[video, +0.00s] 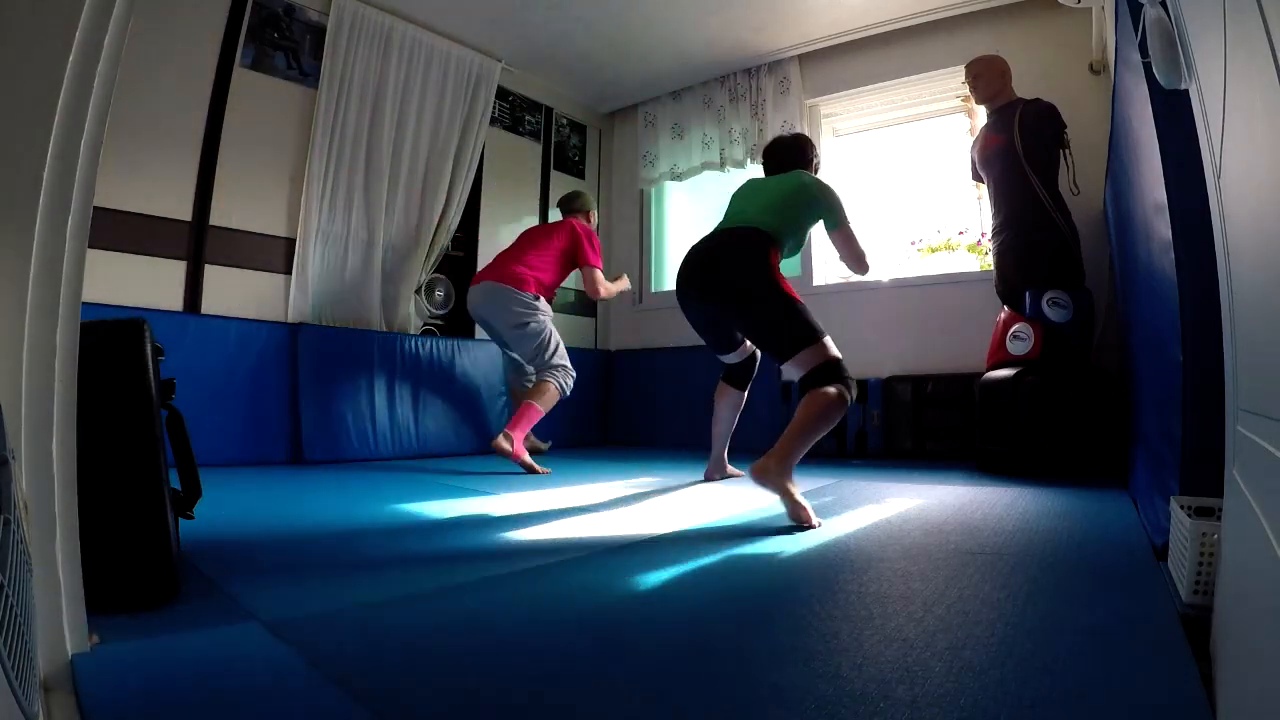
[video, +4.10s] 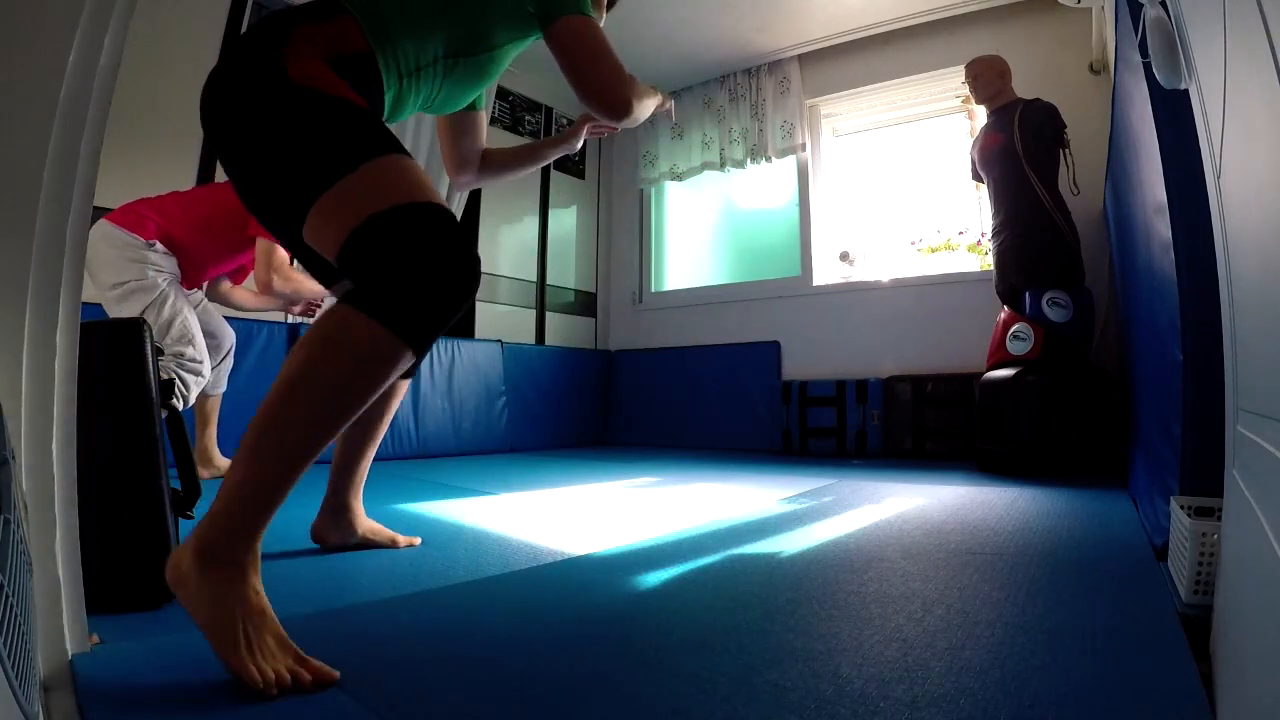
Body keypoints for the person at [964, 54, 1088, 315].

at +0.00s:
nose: (970, 84)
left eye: (976, 76)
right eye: (968, 80)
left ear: (1004, 76)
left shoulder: (1038, 112)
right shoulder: (980, 140)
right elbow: (978, 176)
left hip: (1050, 242)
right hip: (1008, 249)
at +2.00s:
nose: (970, 85)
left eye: (975, 76)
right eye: (967, 81)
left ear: (1003, 75)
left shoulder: (1037, 112)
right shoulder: (980, 141)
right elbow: (977, 175)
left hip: (1050, 244)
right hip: (1008, 252)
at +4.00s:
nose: (971, 85)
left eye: (976, 76)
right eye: (968, 82)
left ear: (1004, 74)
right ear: (969, 91)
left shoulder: (1036, 111)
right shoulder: (981, 139)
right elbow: (978, 175)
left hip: (1050, 245)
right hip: (1008, 253)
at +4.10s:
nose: (971, 84)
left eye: (976, 76)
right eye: (968, 81)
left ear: (1004, 75)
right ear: (969, 90)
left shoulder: (1036, 111)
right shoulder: (980, 141)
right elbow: (979, 177)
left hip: (1050, 245)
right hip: (1008, 253)